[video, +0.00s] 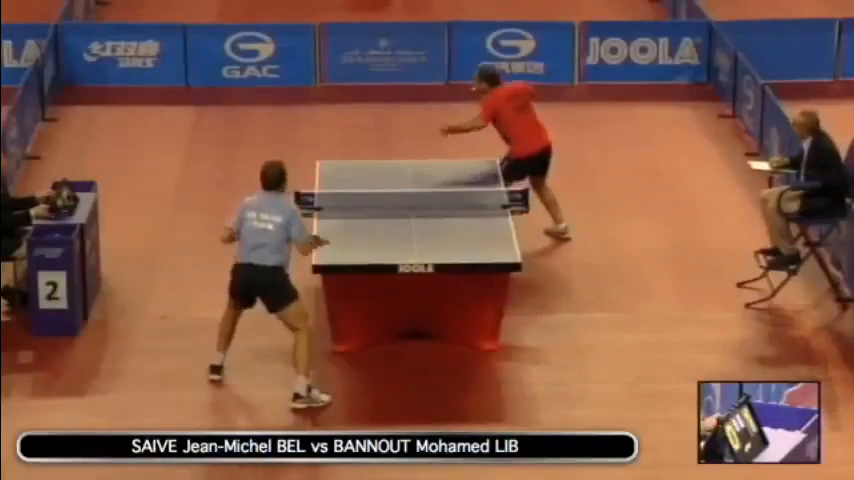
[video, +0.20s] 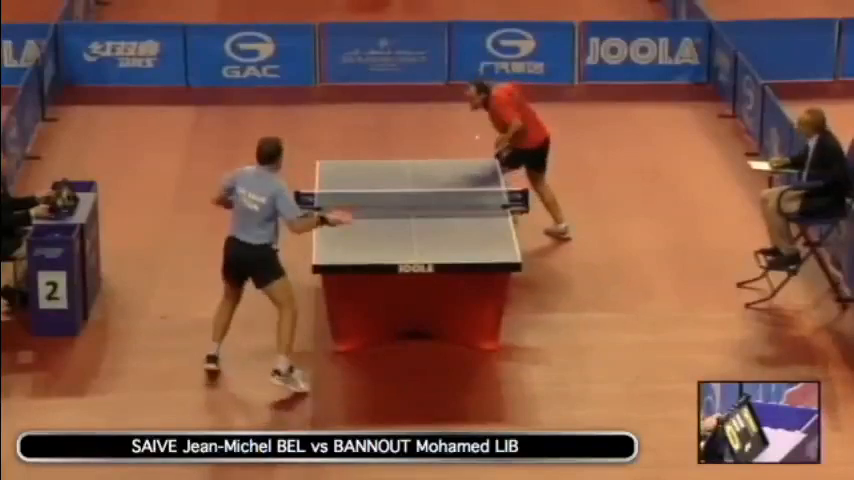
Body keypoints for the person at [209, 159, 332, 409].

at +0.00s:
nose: (285, 181)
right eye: (284, 177)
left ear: (261, 181)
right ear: (284, 182)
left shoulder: (249, 204)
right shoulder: (288, 209)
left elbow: (228, 235)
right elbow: (303, 248)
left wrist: (243, 230)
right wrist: (315, 241)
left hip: (242, 272)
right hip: (272, 275)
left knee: (232, 310)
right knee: (302, 327)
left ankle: (218, 363)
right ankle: (302, 389)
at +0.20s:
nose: (283, 159)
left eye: (279, 155)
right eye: (282, 156)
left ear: (258, 156)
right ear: (279, 158)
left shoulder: (242, 174)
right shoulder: (277, 187)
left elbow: (219, 198)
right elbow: (296, 225)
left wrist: (239, 204)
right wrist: (322, 219)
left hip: (234, 248)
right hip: (261, 253)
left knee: (229, 298)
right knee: (287, 306)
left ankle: (212, 353)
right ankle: (283, 367)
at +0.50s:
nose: (281, 176)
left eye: (279, 172)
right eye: (280, 173)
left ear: (257, 171)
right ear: (276, 176)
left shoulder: (242, 186)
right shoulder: (268, 203)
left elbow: (234, 205)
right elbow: (268, 247)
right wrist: (301, 259)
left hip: (232, 259)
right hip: (258, 265)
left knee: (219, 300)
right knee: (309, 295)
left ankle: (198, 350)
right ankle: (286, 346)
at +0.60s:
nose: (289, 180)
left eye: (288, 176)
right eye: (288, 177)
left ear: (266, 175)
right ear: (284, 180)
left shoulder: (251, 187)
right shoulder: (278, 209)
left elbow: (239, 197)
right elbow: (291, 251)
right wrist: (319, 251)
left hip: (239, 263)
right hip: (266, 268)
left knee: (222, 301)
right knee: (315, 288)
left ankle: (198, 350)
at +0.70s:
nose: (318, 185)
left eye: (316, 179)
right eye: (317, 181)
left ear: (294, 177)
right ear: (314, 184)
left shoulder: (275, 189)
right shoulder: (309, 212)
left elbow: (252, 177)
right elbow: (330, 245)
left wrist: (244, 159)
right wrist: (363, 239)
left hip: (258, 265)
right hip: (287, 271)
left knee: (231, 305)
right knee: (333, 301)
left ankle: (200, 350)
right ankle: (366, 343)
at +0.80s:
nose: (344, 190)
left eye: (342, 185)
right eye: (344, 186)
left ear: (321, 181)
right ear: (340, 188)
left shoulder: (296, 191)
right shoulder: (338, 215)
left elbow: (261, 182)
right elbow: (353, 243)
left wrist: (243, 165)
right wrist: (380, 231)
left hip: (277, 266)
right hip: (307, 273)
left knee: (242, 309)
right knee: (349, 302)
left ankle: (204, 350)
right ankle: (377, 349)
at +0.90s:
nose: (374, 201)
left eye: (372, 197)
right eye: (374, 198)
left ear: (351, 192)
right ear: (370, 200)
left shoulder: (331, 202)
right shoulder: (367, 222)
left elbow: (298, 208)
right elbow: (381, 232)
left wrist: (272, 200)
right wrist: (397, 220)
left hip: (301, 266)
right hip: (329, 273)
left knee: (264, 311)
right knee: (371, 295)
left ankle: (223, 351)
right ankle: (381, 349)